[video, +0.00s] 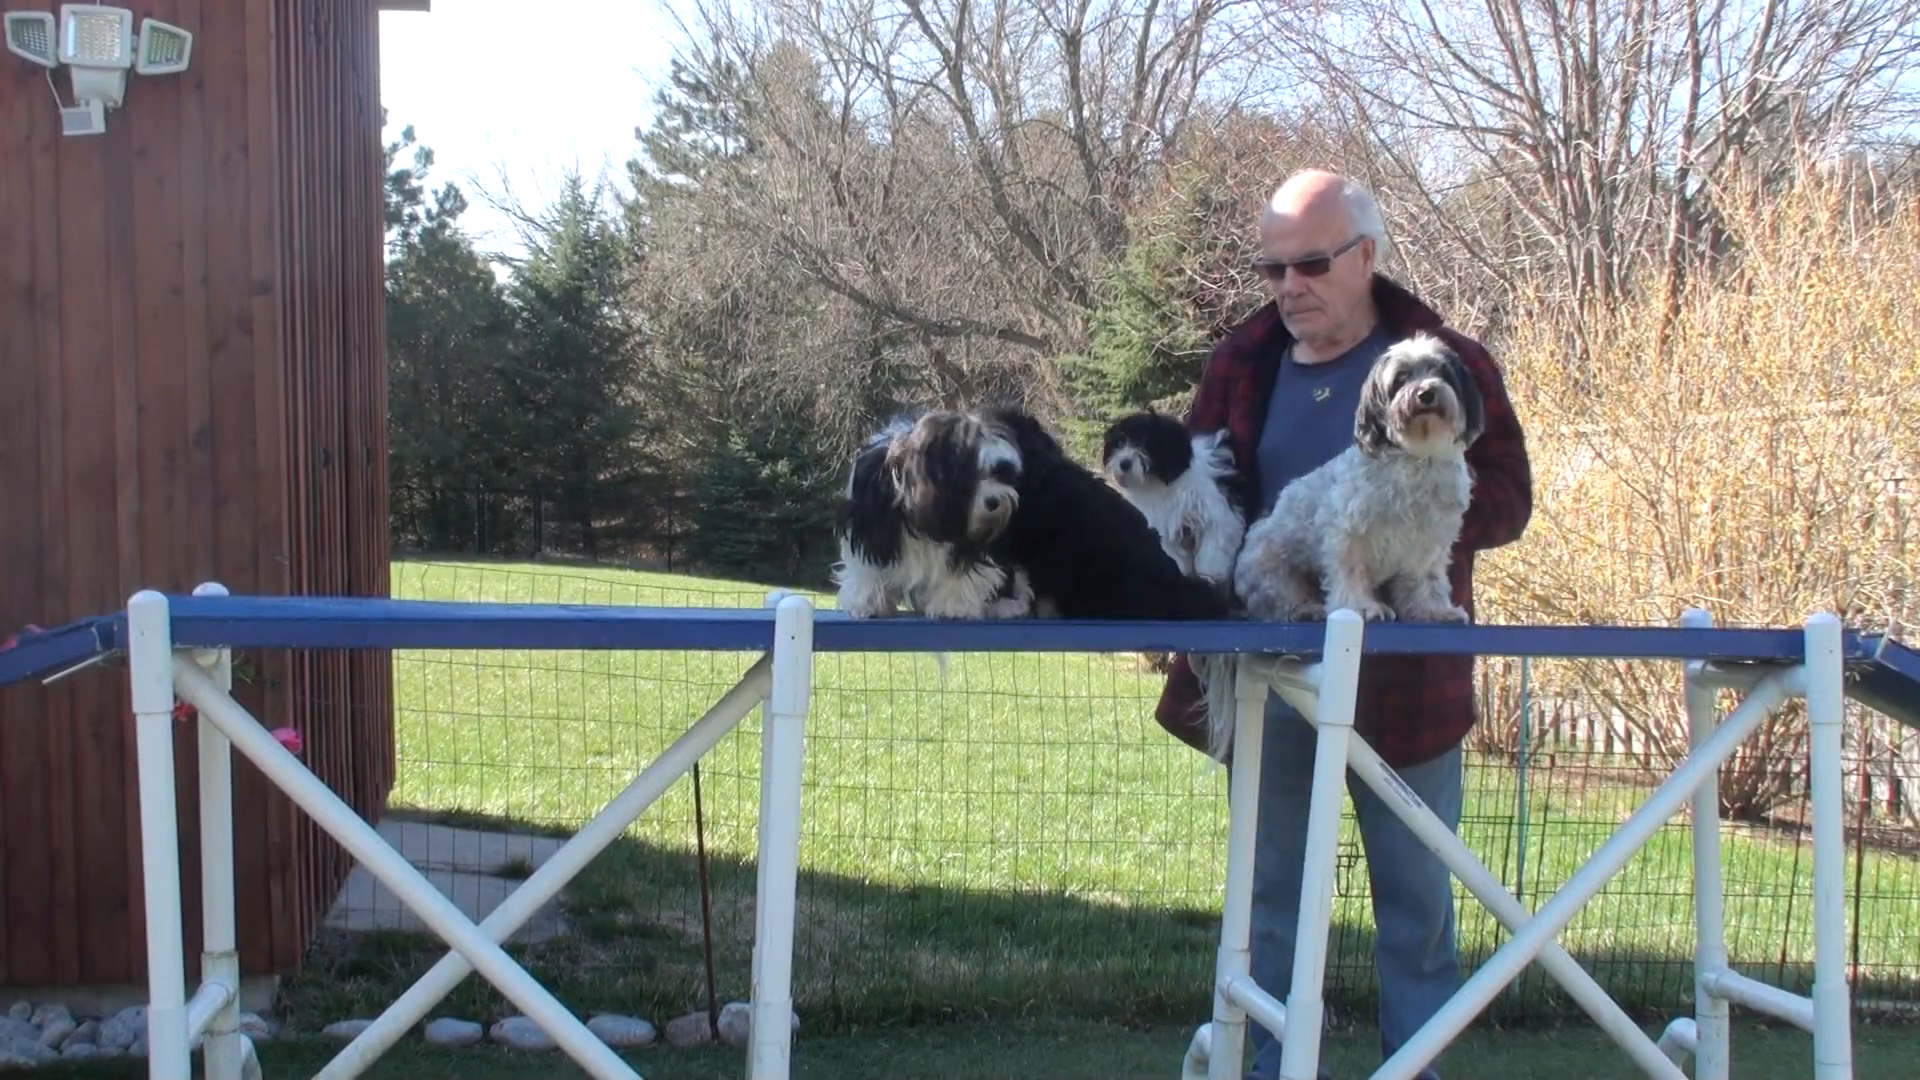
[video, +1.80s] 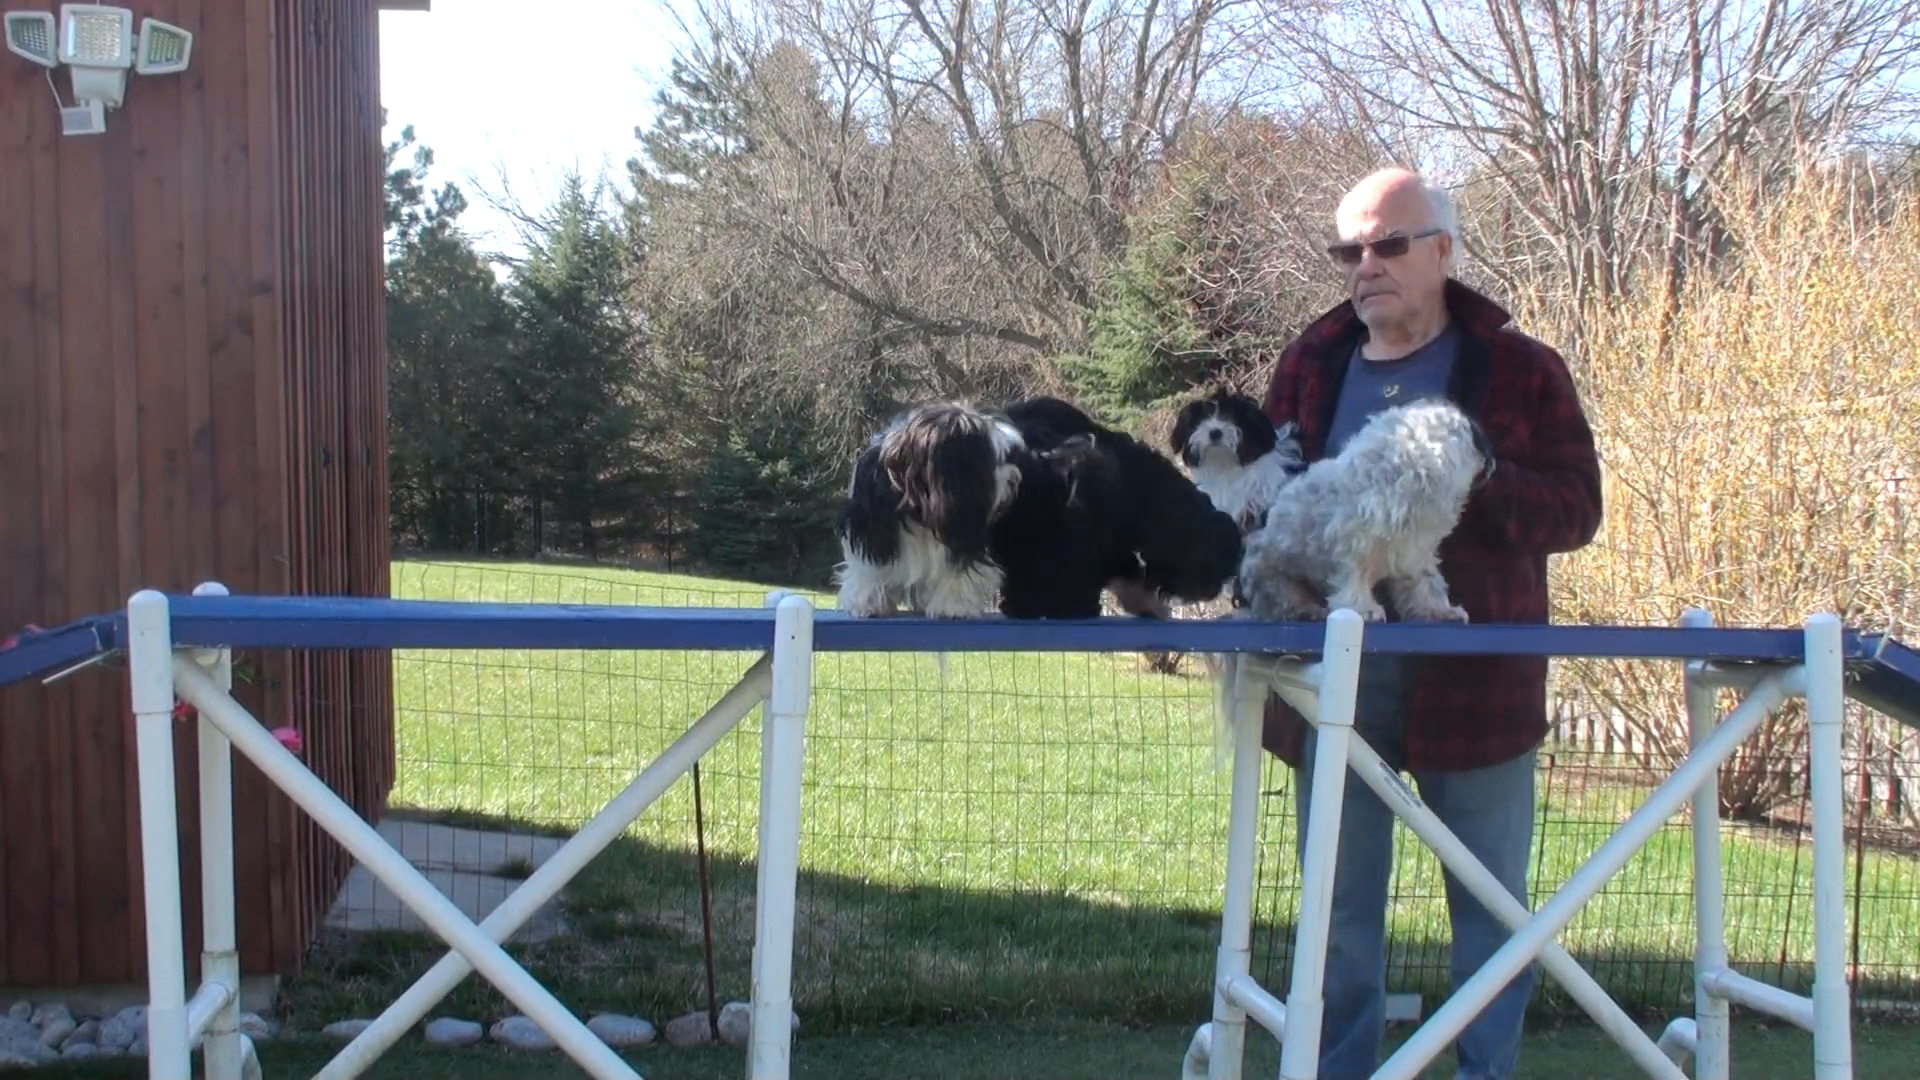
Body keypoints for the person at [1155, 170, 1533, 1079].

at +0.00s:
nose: (1292, 285)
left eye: (1314, 264)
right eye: (1276, 265)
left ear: (1367, 257)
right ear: (1261, 265)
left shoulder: (1446, 365)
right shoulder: (1235, 367)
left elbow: (1504, 496)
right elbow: (1192, 509)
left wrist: (1397, 546)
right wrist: (1195, 623)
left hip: (1407, 670)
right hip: (1271, 668)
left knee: (1415, 895)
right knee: (1271, 885)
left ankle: (1417, 1062)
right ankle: (1269, 1059)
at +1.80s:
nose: (1366, 264)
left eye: (1389, 245)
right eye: (1352, 249)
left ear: (1442, 252)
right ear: (1339, 261)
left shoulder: (1525, 372)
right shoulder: (1307, 368)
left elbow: (1574, 507)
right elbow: (1258, 498)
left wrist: (1453, 486)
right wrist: (1301, 539)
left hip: (1478, 672)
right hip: (1336, 668)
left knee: (1490, 902)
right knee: (1339, 903)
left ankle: (1487, 1063)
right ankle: (1335, 1069)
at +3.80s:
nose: (1446, 277)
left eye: (1468, 256)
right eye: (1425, 259)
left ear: (1504, 251)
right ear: (1399, 257)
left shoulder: (1560, 365)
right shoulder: (1351, 357)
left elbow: (1613, 503)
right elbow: (1258, 476)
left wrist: (1549, 514)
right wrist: (1327, 545)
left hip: (1533, 663)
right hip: (1396, 661)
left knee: (1564, 899)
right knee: (1405, 905)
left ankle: (1559, 1066)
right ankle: (1414, 1071)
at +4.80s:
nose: (1580, 253)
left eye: (1605, 236)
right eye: (1560, 236)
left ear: (1641, 254)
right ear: (1532, 251)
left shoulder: (1682, 375)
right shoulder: (1469, 348)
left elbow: (1725, 516)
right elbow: (1380, 447)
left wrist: (1611, 477)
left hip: (1610, 658)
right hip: (1470, 650)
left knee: (1610, 898)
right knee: (1448, 891)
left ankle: (1595, 1068)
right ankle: (1425, 1067)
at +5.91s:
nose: (1553, 272)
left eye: (1575, 251)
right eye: (1532, 255)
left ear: (1615, 254)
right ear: (1505, 264)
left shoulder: (1648, 352)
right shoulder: (1457, 357)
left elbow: (1708, 403)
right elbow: (1389, 474)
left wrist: (1648, 335)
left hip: (1622, 659)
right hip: (1486, 657)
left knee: (1622, 895)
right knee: (1495, 896)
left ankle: (1600, 1068)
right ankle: (1504, 1065)